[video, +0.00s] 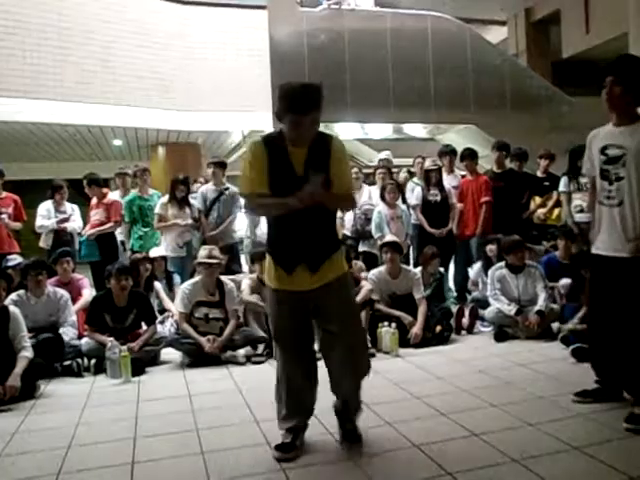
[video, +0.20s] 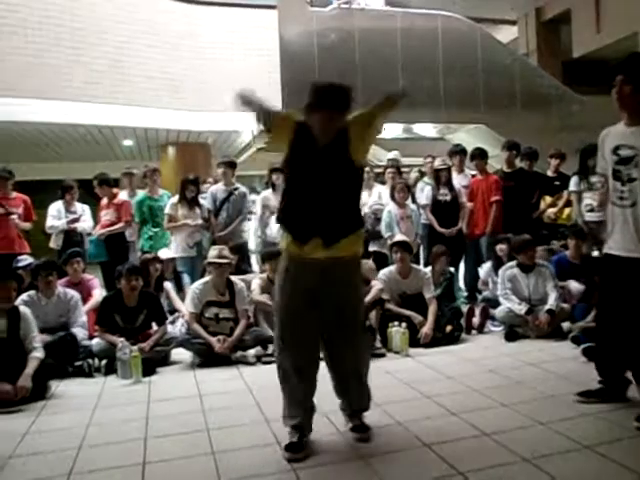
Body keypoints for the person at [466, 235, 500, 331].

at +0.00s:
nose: (491, 248)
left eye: (493, 244)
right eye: (488, 244)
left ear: (499, 247)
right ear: (484, 248)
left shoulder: (504, 264)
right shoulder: (480, 265)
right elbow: (471, 285)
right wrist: (481, 292)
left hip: (502, 297)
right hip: (484, 297)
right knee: (475, 300)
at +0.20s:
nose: (501, 247)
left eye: (504, 244)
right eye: (498, 244)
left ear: (510, 247)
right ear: (494, 248)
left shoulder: (515, 264)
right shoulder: (490, 265)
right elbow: (481, 285)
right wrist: (491, 291)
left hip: (511, 296)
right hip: (494, 296)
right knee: (485, 299)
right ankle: (475, 320)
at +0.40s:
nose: (505, 256)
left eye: (508, 252)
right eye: (503, 253)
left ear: (512, 252)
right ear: (497, 253)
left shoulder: (516, 267)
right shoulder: (490, 268)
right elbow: (481, 287)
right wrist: (493, 293)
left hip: (512, 298)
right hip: (494, 298)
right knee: (486, 302)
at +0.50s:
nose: (501, 251)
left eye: (503, 248)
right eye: (498, 248)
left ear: (508, 249)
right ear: (493, 250)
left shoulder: (512, 264)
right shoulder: (486, 265)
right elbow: (478, 285)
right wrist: (489, 291)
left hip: (508, 296)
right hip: (490, 296)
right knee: (482, 301)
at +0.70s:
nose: (493, 248)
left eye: (496, 244)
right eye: (490, 245)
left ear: (500, 247)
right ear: (485, 247)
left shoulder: (504, 264)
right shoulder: (479, 264)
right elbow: (471, 283)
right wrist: (482, 290)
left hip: (500, 295)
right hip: (483, 295)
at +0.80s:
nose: (489, 249)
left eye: (491, 246)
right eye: (486, 246)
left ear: (495, 247)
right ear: (481, 248)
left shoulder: (500, 264)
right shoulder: (474, 265)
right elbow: (466, 284)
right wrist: (478, 290)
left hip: (496, 295)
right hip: (478, 295)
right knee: (471, 299)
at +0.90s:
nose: (485, 247)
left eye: (487, 244)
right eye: (482, 244)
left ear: (491, 247)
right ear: (478, 247)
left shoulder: (494, 263)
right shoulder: (470, 263)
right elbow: (463, 282)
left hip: (491, 295)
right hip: (474, 295)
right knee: (468, 301)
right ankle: (462, 324)